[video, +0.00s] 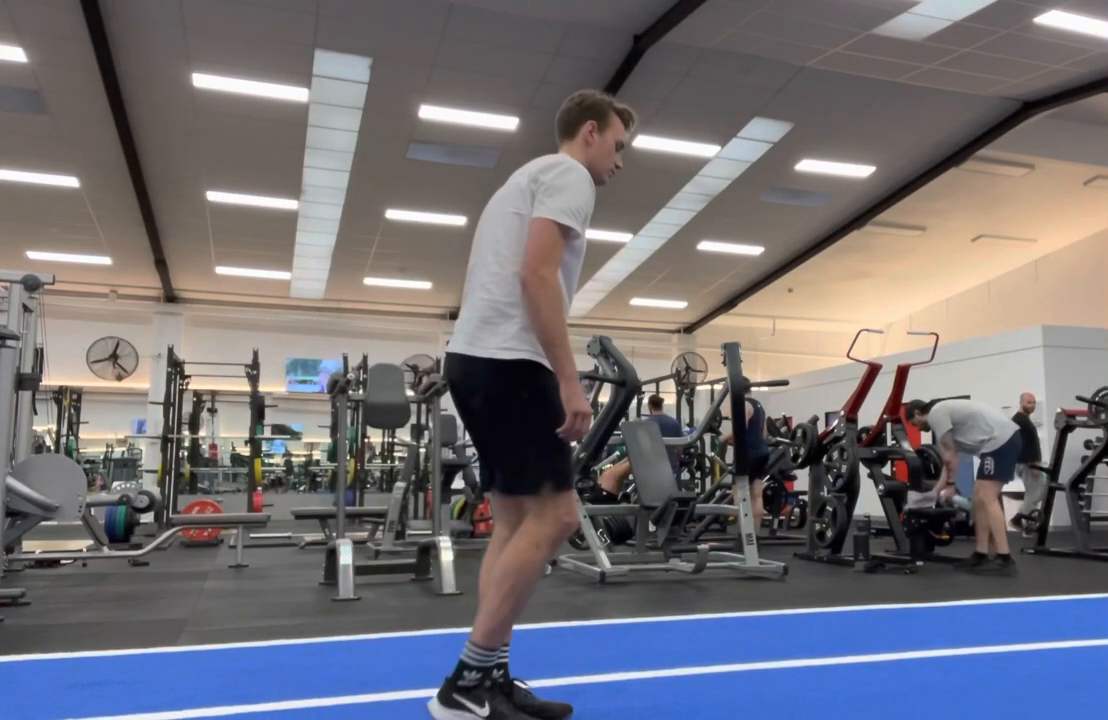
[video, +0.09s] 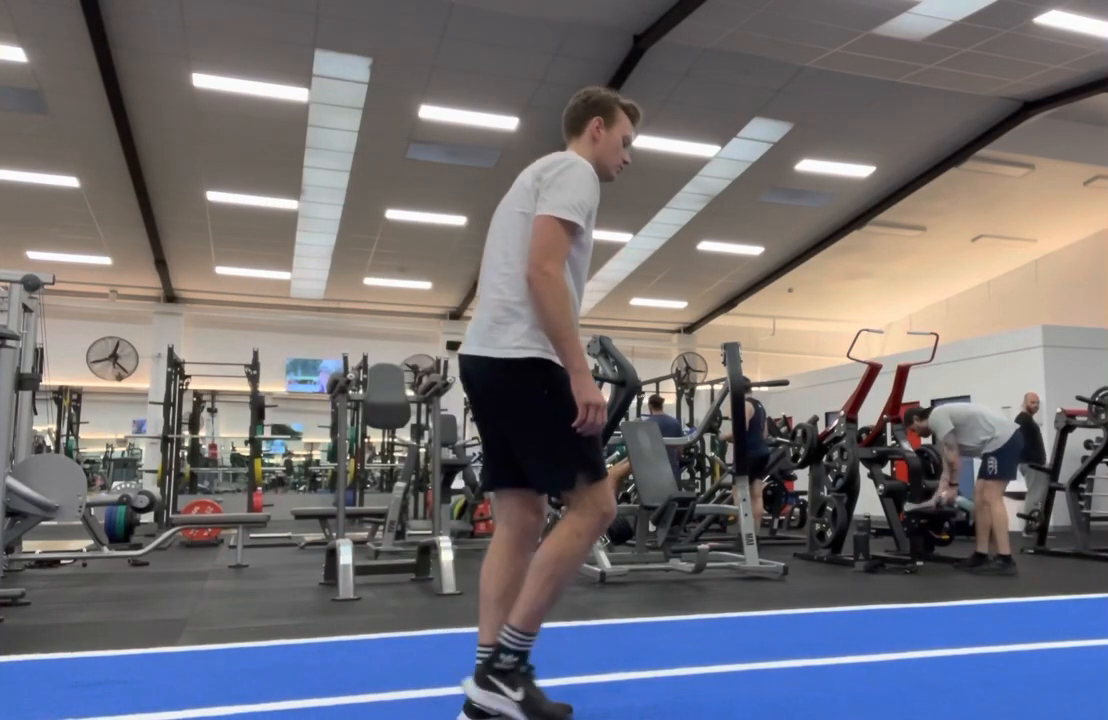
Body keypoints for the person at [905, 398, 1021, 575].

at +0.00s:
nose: (916, 426)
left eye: (914, 422)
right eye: (913, 424)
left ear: (918, 413)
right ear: (920, 413)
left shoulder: (937, 413)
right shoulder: (939, 415)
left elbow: (951, 456)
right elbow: (948, 458)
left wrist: (951, 485)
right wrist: (935, 490)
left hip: (1002, 439)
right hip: (993, 441)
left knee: (988, 497)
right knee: (979, 498)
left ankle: (1004, 558)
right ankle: (981, 554)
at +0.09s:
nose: (916, 434)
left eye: (913, 429)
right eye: (912, 431)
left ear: (917, 419)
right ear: (918, 420)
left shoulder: (937, 417)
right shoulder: (938, 426)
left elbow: (953, 457)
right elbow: (946, 465)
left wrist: (953, 487)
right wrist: (937, 496)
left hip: (1004, 438)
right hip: (992, 443)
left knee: (992, 495)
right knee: (980, 496)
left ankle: (1005, 559)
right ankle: (981, 554)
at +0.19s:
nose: (916, 438)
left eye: (913, 434)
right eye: (912, 437)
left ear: (916, 424)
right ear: (918, 423)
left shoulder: (937, 419)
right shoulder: (937, 428)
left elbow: (956, 458)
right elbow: (949, 459)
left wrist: (955, 486)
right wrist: (949, 487)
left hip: (1005, 438)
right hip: (991, 444)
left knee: (995, 496)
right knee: (981, 495)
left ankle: (1005, 559)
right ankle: (981, 554)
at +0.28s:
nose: (917, 441)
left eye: (913, 436)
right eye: (913, 439)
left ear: (915, 426)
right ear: (917, 425)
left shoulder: (937, 419)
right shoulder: (937, 431)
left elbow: (958, 458)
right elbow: (956, 462)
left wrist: (957, 488)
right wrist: (955, 492)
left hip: (1005, 438)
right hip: (991, 444)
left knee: (995, 495)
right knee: (981, 496)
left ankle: (1005, 558)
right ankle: (981, 554)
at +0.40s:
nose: (916, 441)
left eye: (913, 436)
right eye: (912, 439)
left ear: (915, 427)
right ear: (917, 425)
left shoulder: (938, 420)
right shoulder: (938, 430)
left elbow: (959, 457)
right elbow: (960, 460)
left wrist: (959, 487)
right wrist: (959, 491)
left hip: (1006, 440)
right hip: (991, 445)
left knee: (996, 496)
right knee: (981, 496)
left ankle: (1005, 559)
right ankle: (981, 554)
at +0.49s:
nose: (916, 441)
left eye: (912, 437)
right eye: (912, 438)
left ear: (915, 427)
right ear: (917, 426)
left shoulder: (939, 421)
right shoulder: (937, 432)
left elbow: (960, 458)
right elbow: (957, 460)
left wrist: (959, 488)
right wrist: (956, 490)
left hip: (1006, 440)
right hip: (992, 445)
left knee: (995, 496)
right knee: (980, 496)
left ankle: (1005, 559)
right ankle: (981, 554)